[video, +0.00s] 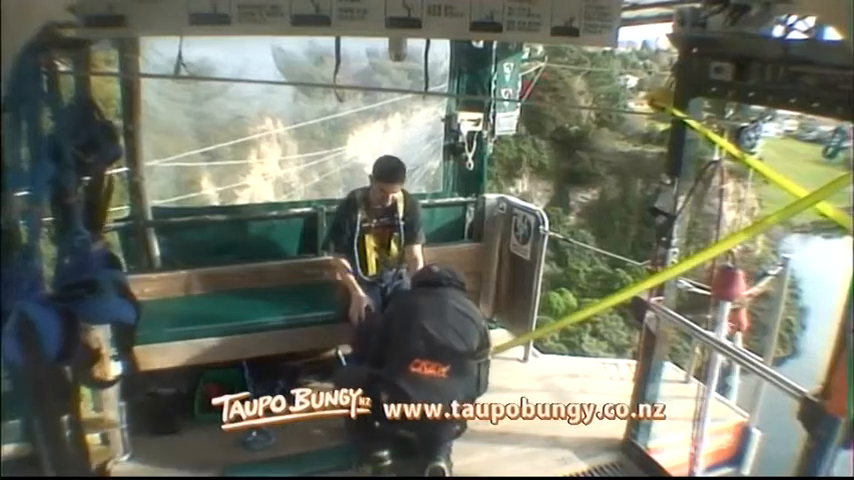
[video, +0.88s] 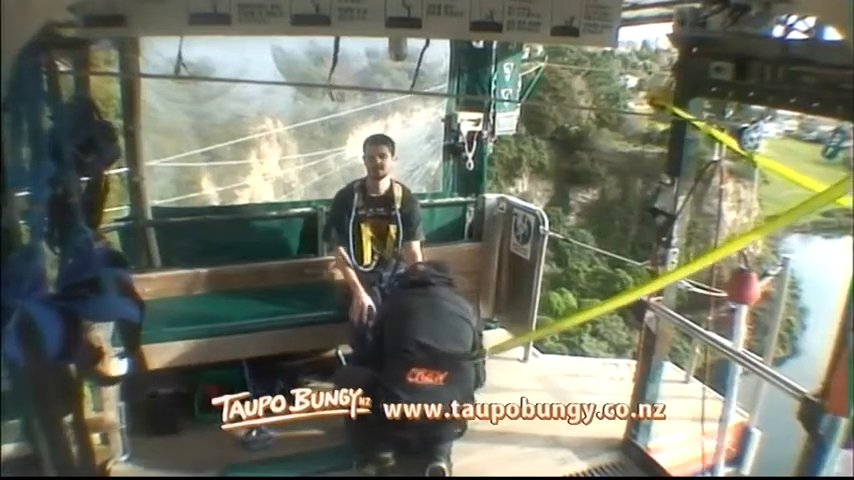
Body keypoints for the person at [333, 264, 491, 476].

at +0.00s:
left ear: (417, 284)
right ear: (459, 286)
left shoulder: (401, 301)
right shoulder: (475, 315)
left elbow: (371, 353)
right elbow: (481, 384)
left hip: (399, 401)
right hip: (453, 403)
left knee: (347, 378)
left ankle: (376, 447)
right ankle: (441, 455)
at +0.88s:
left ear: (413, 278)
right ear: (448, 280)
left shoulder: (396, 301)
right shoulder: (466, 307)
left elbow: (372, 356)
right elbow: (479, 377)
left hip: (398, 409)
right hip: (452, 406)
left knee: (347, 377)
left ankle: (379, 450)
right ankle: (441, 455)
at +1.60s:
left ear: (408, 280)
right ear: (443, 283)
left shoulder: (387, 304)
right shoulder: (458, 309)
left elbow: (365, 358)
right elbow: (475, 372)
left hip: (391, 413)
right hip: (444, 414)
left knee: (346, 377)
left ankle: (378, 452)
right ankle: (441, 455)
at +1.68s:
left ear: (406, 281)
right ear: (440, 282)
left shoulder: (388, 304)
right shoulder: (458, 307)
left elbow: (367, 359)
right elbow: (481, 368)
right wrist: (461, 389)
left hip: (393, 406)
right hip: (448, 405)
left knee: (347, 377)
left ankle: (377, 454)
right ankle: (442, 455)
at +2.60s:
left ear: (396, 286)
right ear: (435, 288)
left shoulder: (387, 308)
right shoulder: (457, 320)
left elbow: (366, 364)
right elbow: (469, 382)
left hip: (399, 415)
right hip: (453, 418)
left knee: (341, 381)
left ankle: (376, 452)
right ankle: (440, 456)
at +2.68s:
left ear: (396, 287)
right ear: (434, 289)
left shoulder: (389, 308)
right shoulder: (453, 317)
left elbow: (366, 363)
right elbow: (467, 363)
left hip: (400, 414)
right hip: (453, 419)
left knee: (340, 382)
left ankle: (377, 452)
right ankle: (440, 457)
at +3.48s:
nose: (383, 289)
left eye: (387, 284)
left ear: (395, 283)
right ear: (433, 283)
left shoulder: (388, 309)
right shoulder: (454, 314)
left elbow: (366, 362)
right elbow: (469, 362)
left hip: (403, 412)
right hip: (457, 415)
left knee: (340, 382)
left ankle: (377, 451)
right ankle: (441, 457)